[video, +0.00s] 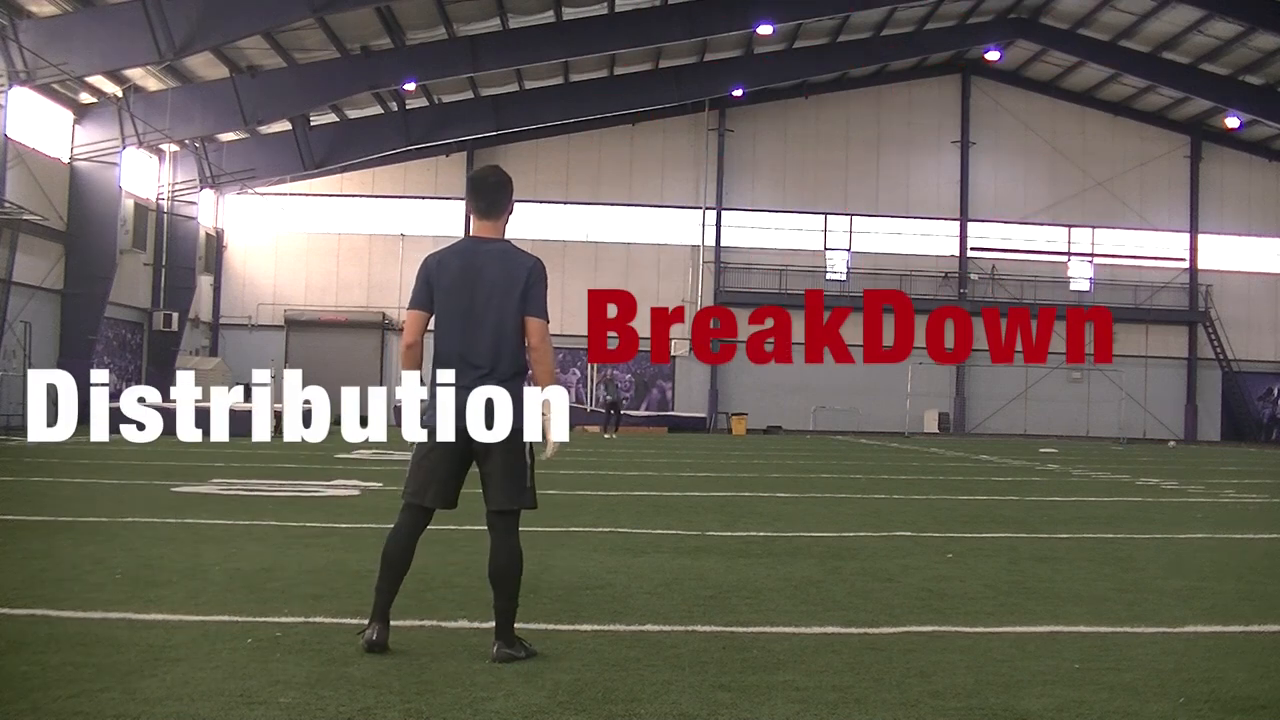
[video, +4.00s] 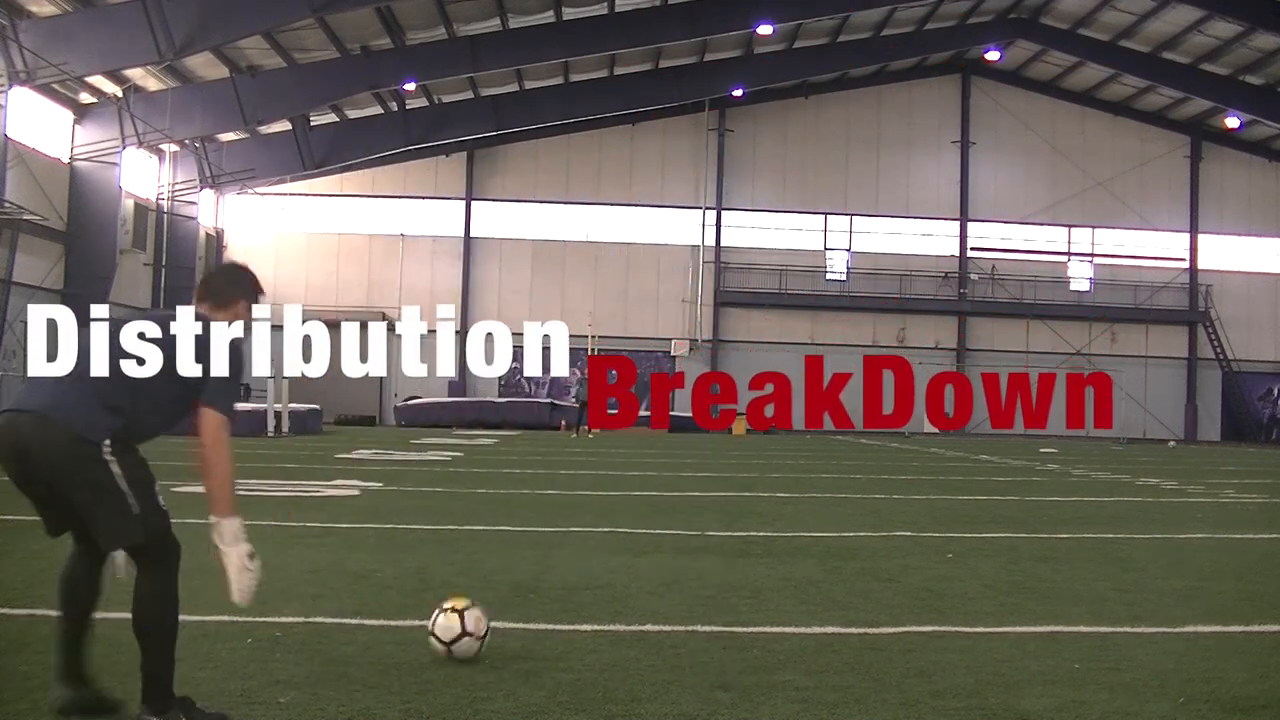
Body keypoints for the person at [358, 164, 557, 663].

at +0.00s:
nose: (507, 211)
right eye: (512, 204)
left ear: (467, 206)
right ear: (512, 207)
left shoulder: (436, 263)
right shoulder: (528, 267)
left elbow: (412, 339)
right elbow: (536, 342)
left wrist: (412, 395)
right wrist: (552, 412)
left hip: (443, 411)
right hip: (502, 414)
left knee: (412, 515)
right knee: (504, 527)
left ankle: (377, 623)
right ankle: (505, 638)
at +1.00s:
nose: (621, 209)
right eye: (624, 201)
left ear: (580, 204)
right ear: (626, 204)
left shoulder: (551, 262)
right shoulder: (641, 266)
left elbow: (547, 330)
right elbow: (685, 326)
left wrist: (606, 324)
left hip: (550, 426)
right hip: (614, 430)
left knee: (519, 536)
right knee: (657, 535)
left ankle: (487, 651)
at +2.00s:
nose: (649, 197)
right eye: (650, 189)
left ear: (602, 195)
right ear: (650, 192)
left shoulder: (578, 266)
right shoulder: (676, 260)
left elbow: (552, 342)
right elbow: (691, 341)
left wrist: (592, 342)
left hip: (606, 432)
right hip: (667, 433)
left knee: (593, 534)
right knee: (700, 544)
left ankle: (518, 637)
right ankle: (722, 668)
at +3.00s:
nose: (397, 189)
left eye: (395, 179)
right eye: (396, 179)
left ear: (345, 176)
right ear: (388, 176)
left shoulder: (308, 238)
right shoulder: (374, 237)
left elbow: (277, 319)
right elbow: (377, 327)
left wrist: (300, 376)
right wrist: (393, 386)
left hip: (294, 412)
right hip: (334, 416)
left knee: (316, 542)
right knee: (323, 541)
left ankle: (224, 633)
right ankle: (325, 674)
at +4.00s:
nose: (246, 323)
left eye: (248, 313)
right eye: (247, 313)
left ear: (198, 300)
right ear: (237, 308)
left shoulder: (154, 323)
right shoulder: (221, 343)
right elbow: (211, 431)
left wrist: (111, 530)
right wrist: (229, 534)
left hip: (14, 427)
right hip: (81, 436)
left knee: (89, 544)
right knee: (160, 555)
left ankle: (71, 686)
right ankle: (160, 703)